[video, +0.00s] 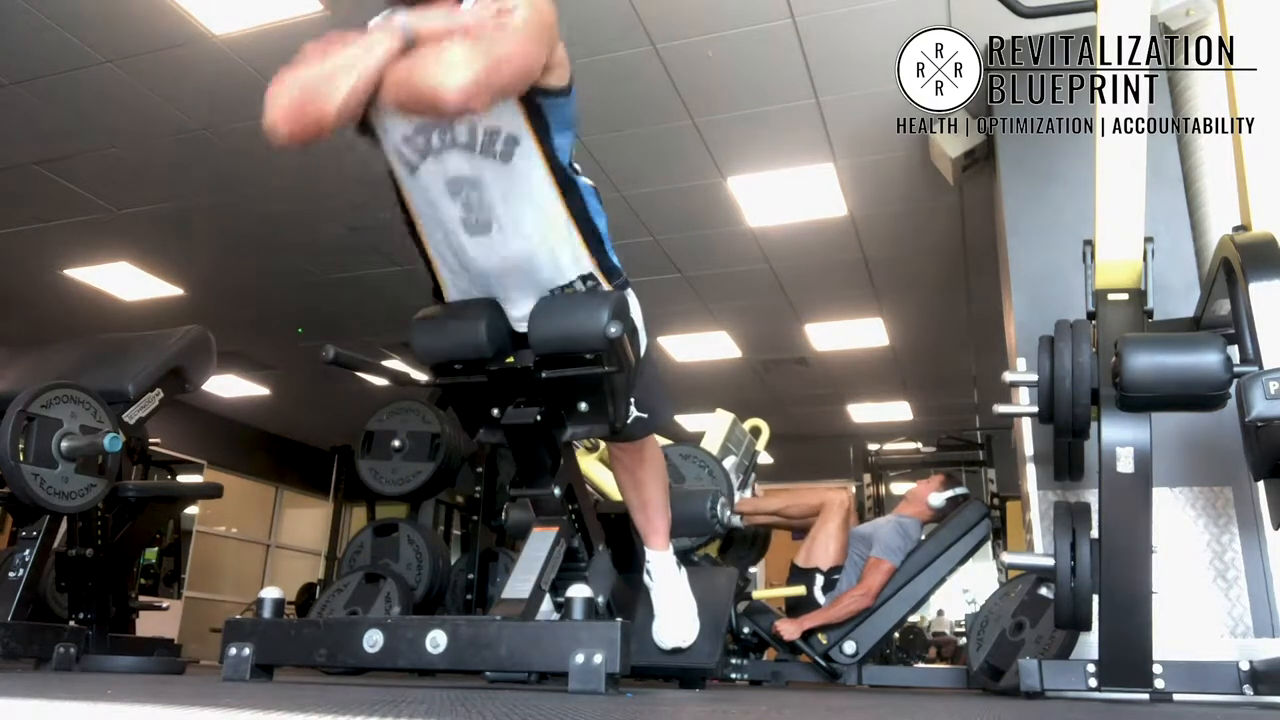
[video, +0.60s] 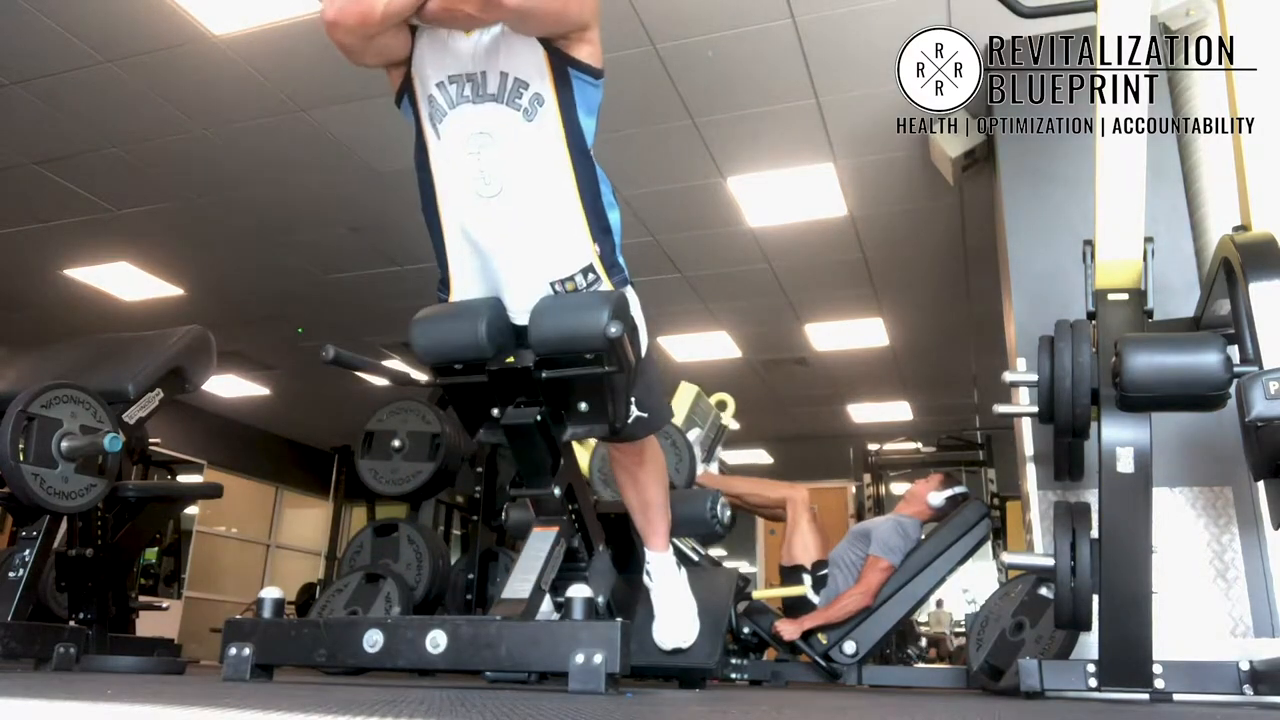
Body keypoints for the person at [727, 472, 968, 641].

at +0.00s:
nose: (920, 480)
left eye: (930, 480)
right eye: (929, 477)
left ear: (933, 499)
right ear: (935, 504)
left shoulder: (897, 529)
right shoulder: (903, 526)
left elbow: (866, 595)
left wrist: (801, 623)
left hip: (816, 604)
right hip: (823, 598)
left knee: (839, 498)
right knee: (841, 496)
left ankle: (735, 506)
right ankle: (750, 506)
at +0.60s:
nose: (920, 479)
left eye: (928, 480)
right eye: (927, 476)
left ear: (931, 498)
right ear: (933, 505)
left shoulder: (895, 528)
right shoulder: (902, 526)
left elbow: (865, 595)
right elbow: (865, 593)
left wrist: (801, 624)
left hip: (813, 603)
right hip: (819, 598)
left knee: (798, 497)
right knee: (797, 502)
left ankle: (704, 476)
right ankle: (720, 488)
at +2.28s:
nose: (918, 482)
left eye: (928, 481)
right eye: (926, 478)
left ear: (935, 497)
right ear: (935, 500)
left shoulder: (900, 528)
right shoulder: (905, 528)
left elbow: (866, 594)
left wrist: (801, 623)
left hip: (816, 604)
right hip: (820, 602)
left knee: (844, 501)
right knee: (842, 505)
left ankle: (740, 510)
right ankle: (749, 518)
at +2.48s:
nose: (918, 481)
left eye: (928, 480)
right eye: (927, 477)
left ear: (934, 499)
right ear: (934, 501)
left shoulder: (900, 529)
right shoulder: (904, 526)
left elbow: (865, 596)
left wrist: (800, 624)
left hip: (817, 603)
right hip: (823, 600)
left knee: (842, 500)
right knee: (845, 506)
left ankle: (736, 507)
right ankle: (748, 519)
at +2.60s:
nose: (918, 478)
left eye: (929, 480)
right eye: (926, 475)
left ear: (935, 504)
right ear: (932, 505)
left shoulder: (899, 531)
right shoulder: (903, 525)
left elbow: (865, 596)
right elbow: (865, 592)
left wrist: (800, 623)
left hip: (819, 608)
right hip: (826, 599)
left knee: (836, 499)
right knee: (840, 499)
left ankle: (732, 505)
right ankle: (746, 513)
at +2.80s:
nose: (916, 479)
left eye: (927, 481)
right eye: (923, 475)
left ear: (936, 507)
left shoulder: (899, 531)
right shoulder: (904, 526)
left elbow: (865, 596)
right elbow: (865, 592)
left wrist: (801, 623)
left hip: (815, 606)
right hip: (822, 599)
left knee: (825, 498)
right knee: (825, 502)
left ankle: (725, 497)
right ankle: (734, 504)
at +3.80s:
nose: (872, 485)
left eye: (876, 479)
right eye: (874, 478)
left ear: (893, 482)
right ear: (899, 483)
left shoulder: (894, 528)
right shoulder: (896, 526)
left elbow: (876, 593)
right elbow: (875, 588)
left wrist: (808, 595)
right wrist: (810, 592)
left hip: (814, 601)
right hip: (817, 596)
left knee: (752, 508)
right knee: (755, 510)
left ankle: (672, 459)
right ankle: (681, 463)